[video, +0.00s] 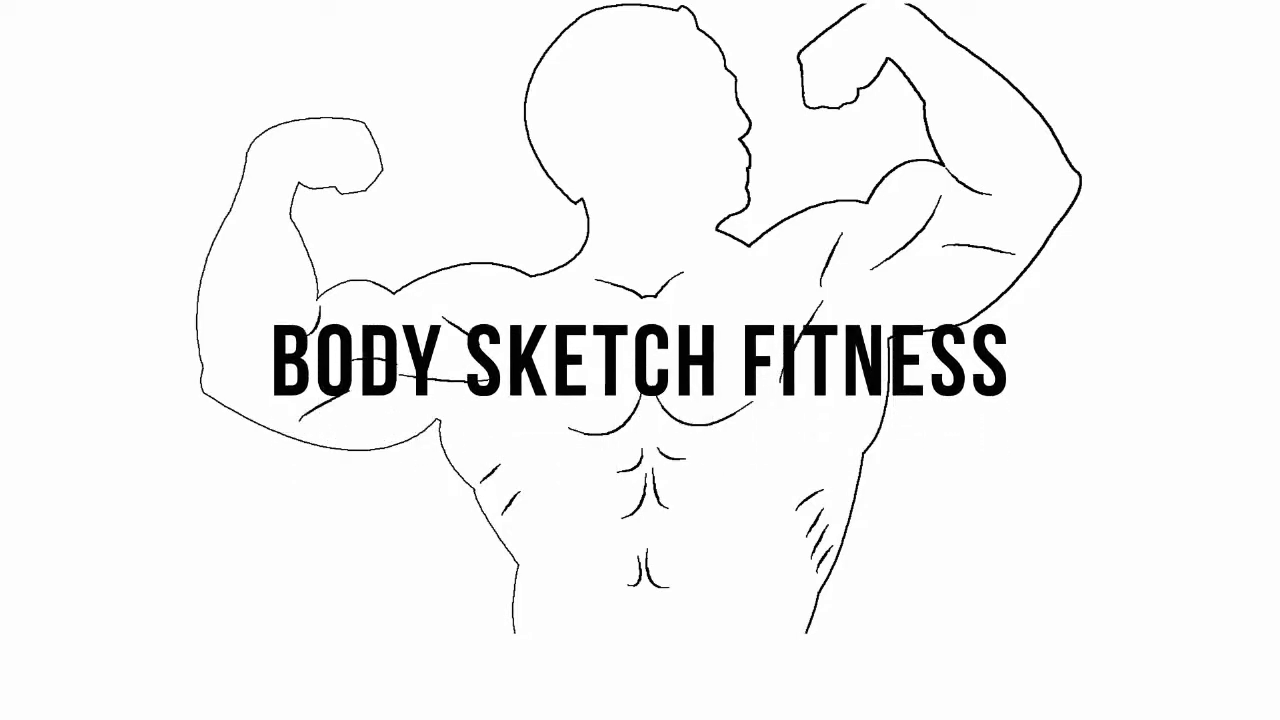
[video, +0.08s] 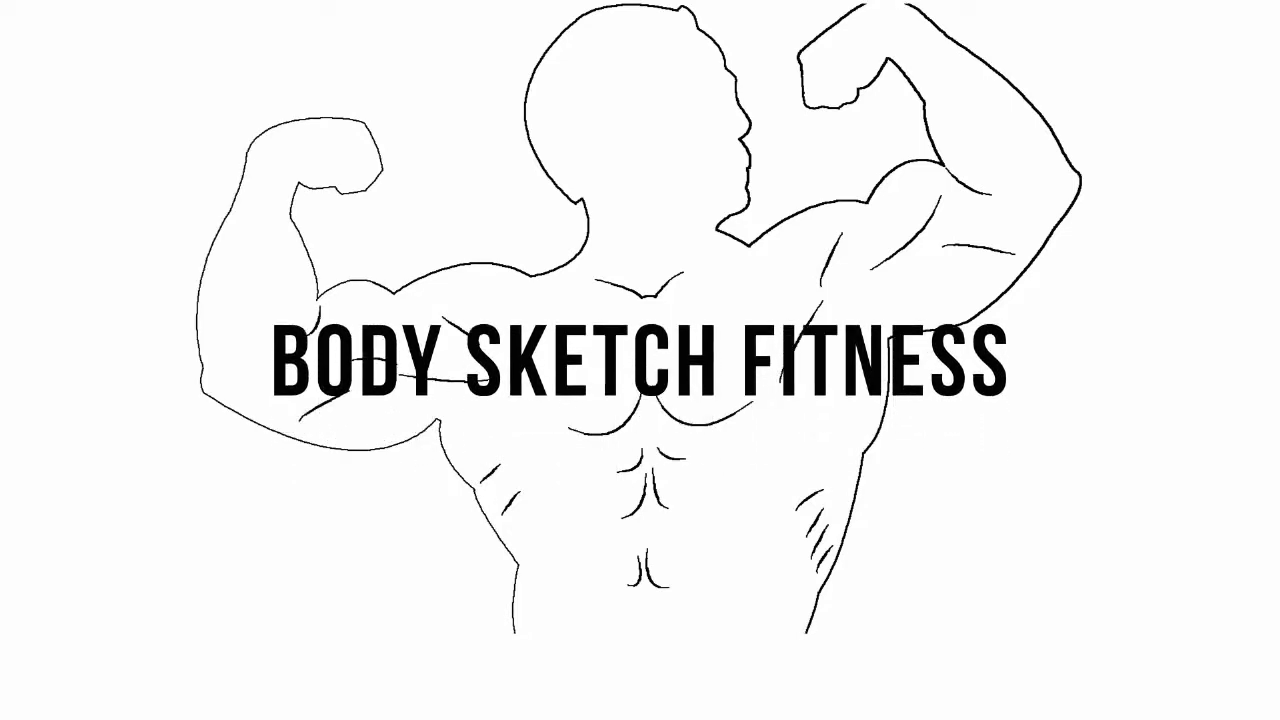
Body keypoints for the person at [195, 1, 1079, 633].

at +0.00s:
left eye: (692, 114)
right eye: (633, 122)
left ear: (737, 127)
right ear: (566, 148)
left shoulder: (813, 294)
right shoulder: (478, 319)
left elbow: (1034, 190)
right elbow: (250, 371)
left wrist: (895, 35)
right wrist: (273, 171)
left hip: (769, 662)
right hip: (547, 667)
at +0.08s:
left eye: (692, 114)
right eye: (633, 122)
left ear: (737, 127)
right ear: (566, 148)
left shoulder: (813, 294)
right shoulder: (478, 319)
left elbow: (1034, 190)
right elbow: (250, 371)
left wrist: (895, 35)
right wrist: (273, 171)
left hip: (769, 662)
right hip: (547, 667)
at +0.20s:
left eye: (692, 114)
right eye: (633, 122)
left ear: (737, 127)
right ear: (566, 148)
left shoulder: (813, 294)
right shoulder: (478, 319)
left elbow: (1034, 190)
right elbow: (250, 371)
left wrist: (895, 35)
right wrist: (273, 171)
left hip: (769, 662)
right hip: (547, 667)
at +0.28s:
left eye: (692, 114)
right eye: (633, 122)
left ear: (737, 127)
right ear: (566, 148)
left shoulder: (813, 294)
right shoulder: (478, 319)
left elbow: (1034, 190)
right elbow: (250, 371)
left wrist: (895, 35)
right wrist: (273, 171)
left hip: (769, 662)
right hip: (547, 667)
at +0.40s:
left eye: (692, 114)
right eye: (633, 122)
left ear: (737, 127)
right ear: (566, 148)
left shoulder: (813, 294)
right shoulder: (478, 319)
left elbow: (1034, 190)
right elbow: (250, 371)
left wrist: (895, 35)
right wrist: (273, 171)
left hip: (769, 662)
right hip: (547, 667)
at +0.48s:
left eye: (692, 114)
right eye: (633, 122)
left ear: (737, 127)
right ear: (566, 148)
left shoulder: (813, 294)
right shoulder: (478, 319)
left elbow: (1034, 190)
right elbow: (250, 371)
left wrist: (895, 35)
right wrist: (273, 171)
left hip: (769, 662)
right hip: (547, 667)